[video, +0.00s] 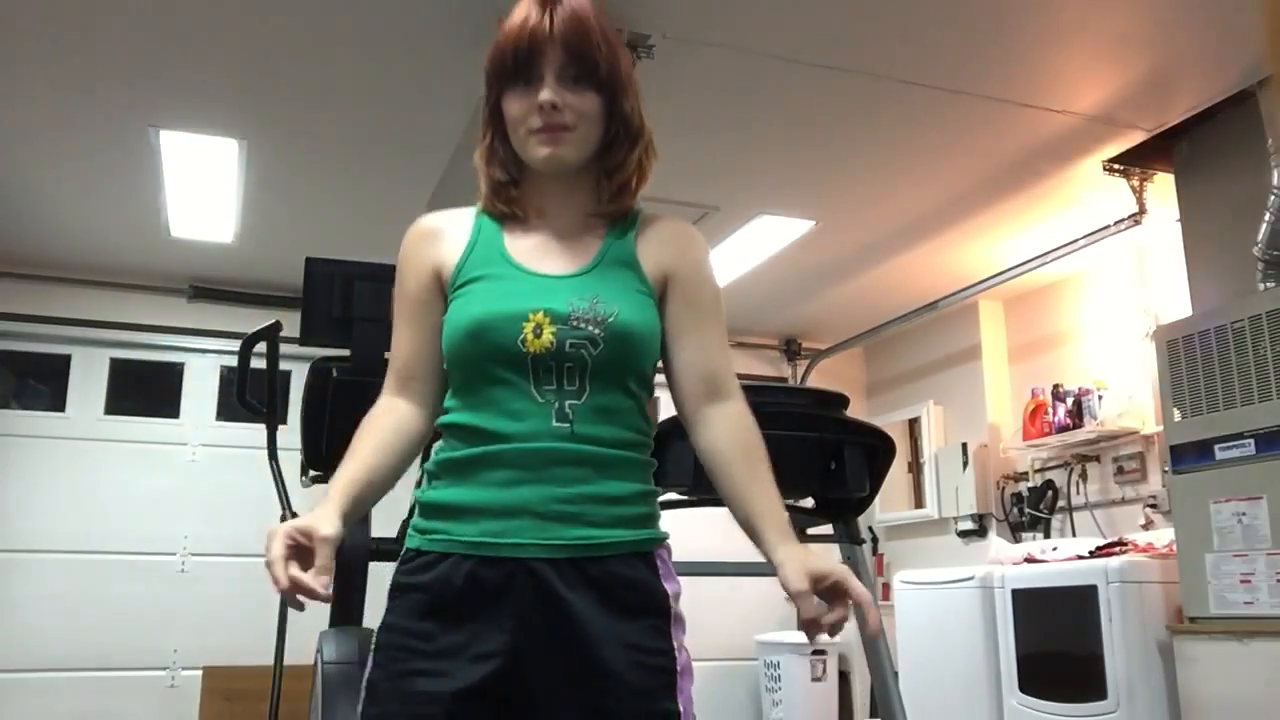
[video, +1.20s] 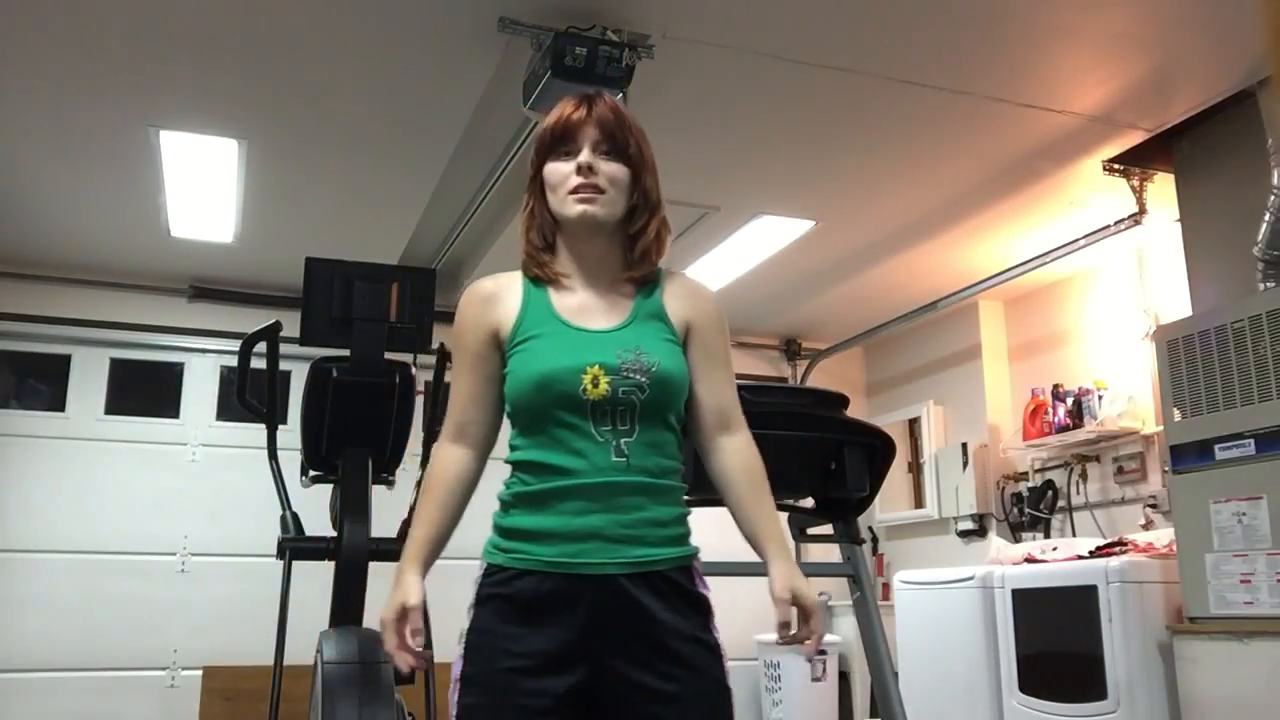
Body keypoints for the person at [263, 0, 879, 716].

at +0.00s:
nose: (549, 102)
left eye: (575, 81)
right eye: (525, 83)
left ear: (614, 101)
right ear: (498, 105)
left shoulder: (668, 247)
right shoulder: (439, 241)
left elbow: (715, 405)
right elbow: (405, 398)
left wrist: (788, 551)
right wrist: (331, 508)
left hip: (610, 597)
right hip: (450, 589)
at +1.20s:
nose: (586, 165)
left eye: (609, 153)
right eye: (566, 153)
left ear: (637, 183)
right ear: (540, 183)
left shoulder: (687, 303)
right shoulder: (494, 302)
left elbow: (726, 436)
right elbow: (462, 443)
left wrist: (780, 560)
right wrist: (411, 569)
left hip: (661, 602)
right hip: (526, 601)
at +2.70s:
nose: (562, 216)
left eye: (583, 200)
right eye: (542, 202)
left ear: (615, 221)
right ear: (519, 228)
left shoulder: (671, 322)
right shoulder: (488, 344)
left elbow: (717, 420)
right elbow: (425, 465)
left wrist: (739, 474)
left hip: (631, 629)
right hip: (498, 618)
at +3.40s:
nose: (689, 214)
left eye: (711, 198)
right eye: (669, 198)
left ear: (741, 215)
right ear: (647, 215)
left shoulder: (794, 317)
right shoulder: (611, 305)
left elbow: (838, 452)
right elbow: (596, 348)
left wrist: (893, 586)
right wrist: (629, 346)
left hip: (779, 602)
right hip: (649, 609)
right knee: (591, 709)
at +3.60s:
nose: (710, 229)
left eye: (732, 212)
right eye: (690, 212)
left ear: (762, 233)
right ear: (668, 229)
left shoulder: (796, 357)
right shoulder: (620, 313)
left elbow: (841, 484)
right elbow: (586, 368)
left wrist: (967, 561)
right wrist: (614, 372)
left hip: (777, 630)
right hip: (646, 641)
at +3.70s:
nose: (706, 194)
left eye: (729, 179)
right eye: (686, 177)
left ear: (757, 202)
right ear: (662, 194)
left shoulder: (782, 324)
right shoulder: (618, 280)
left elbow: (834, 432)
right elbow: (559, 382)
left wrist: (942, 433)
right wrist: (557, 322)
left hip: (756, 595)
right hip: (630, 598)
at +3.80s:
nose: (690, 171)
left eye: (712, 155)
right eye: (670, 152)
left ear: (738, 176)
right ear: (642, 168)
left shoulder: (762, 294)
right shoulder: (596, 251)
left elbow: (828, 383)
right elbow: (537, 366)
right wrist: (502, 260)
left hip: (728, 570)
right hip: (610, 563)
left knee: (770, 712)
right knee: (588, 714)